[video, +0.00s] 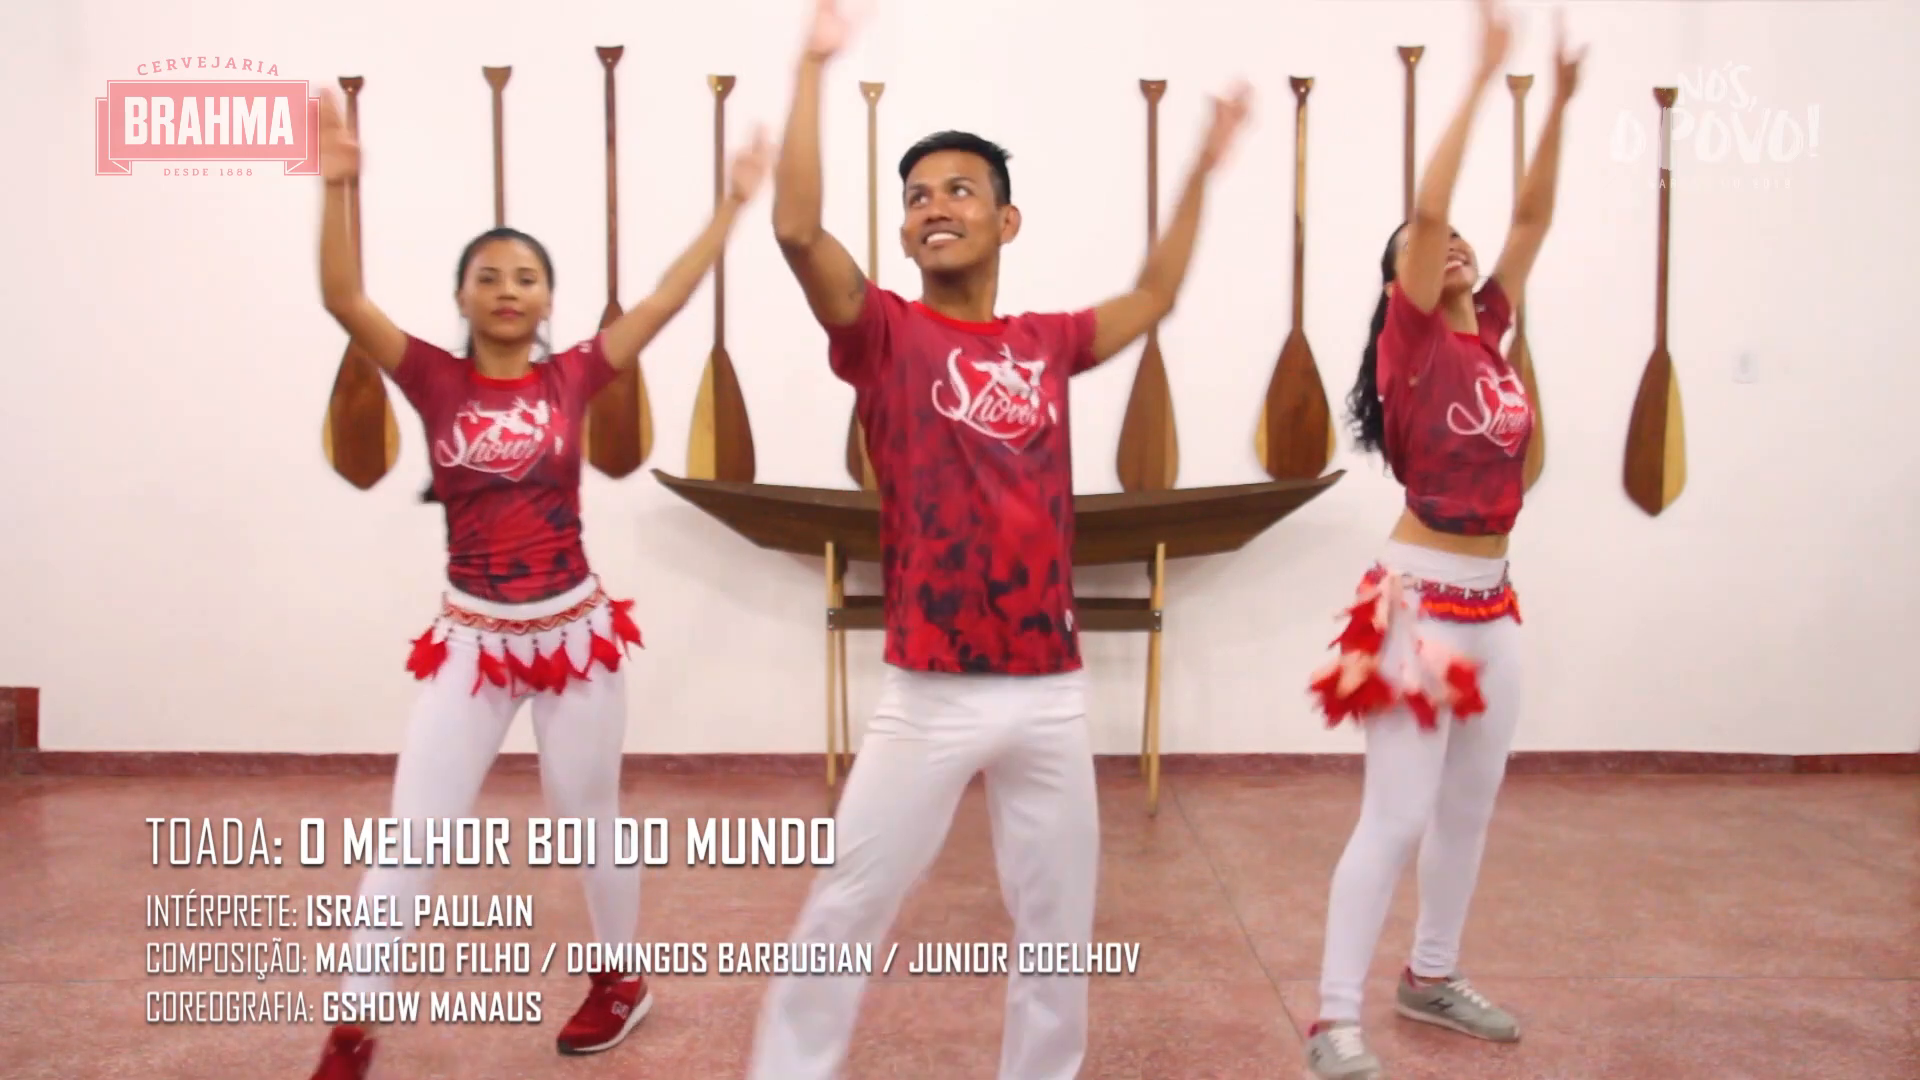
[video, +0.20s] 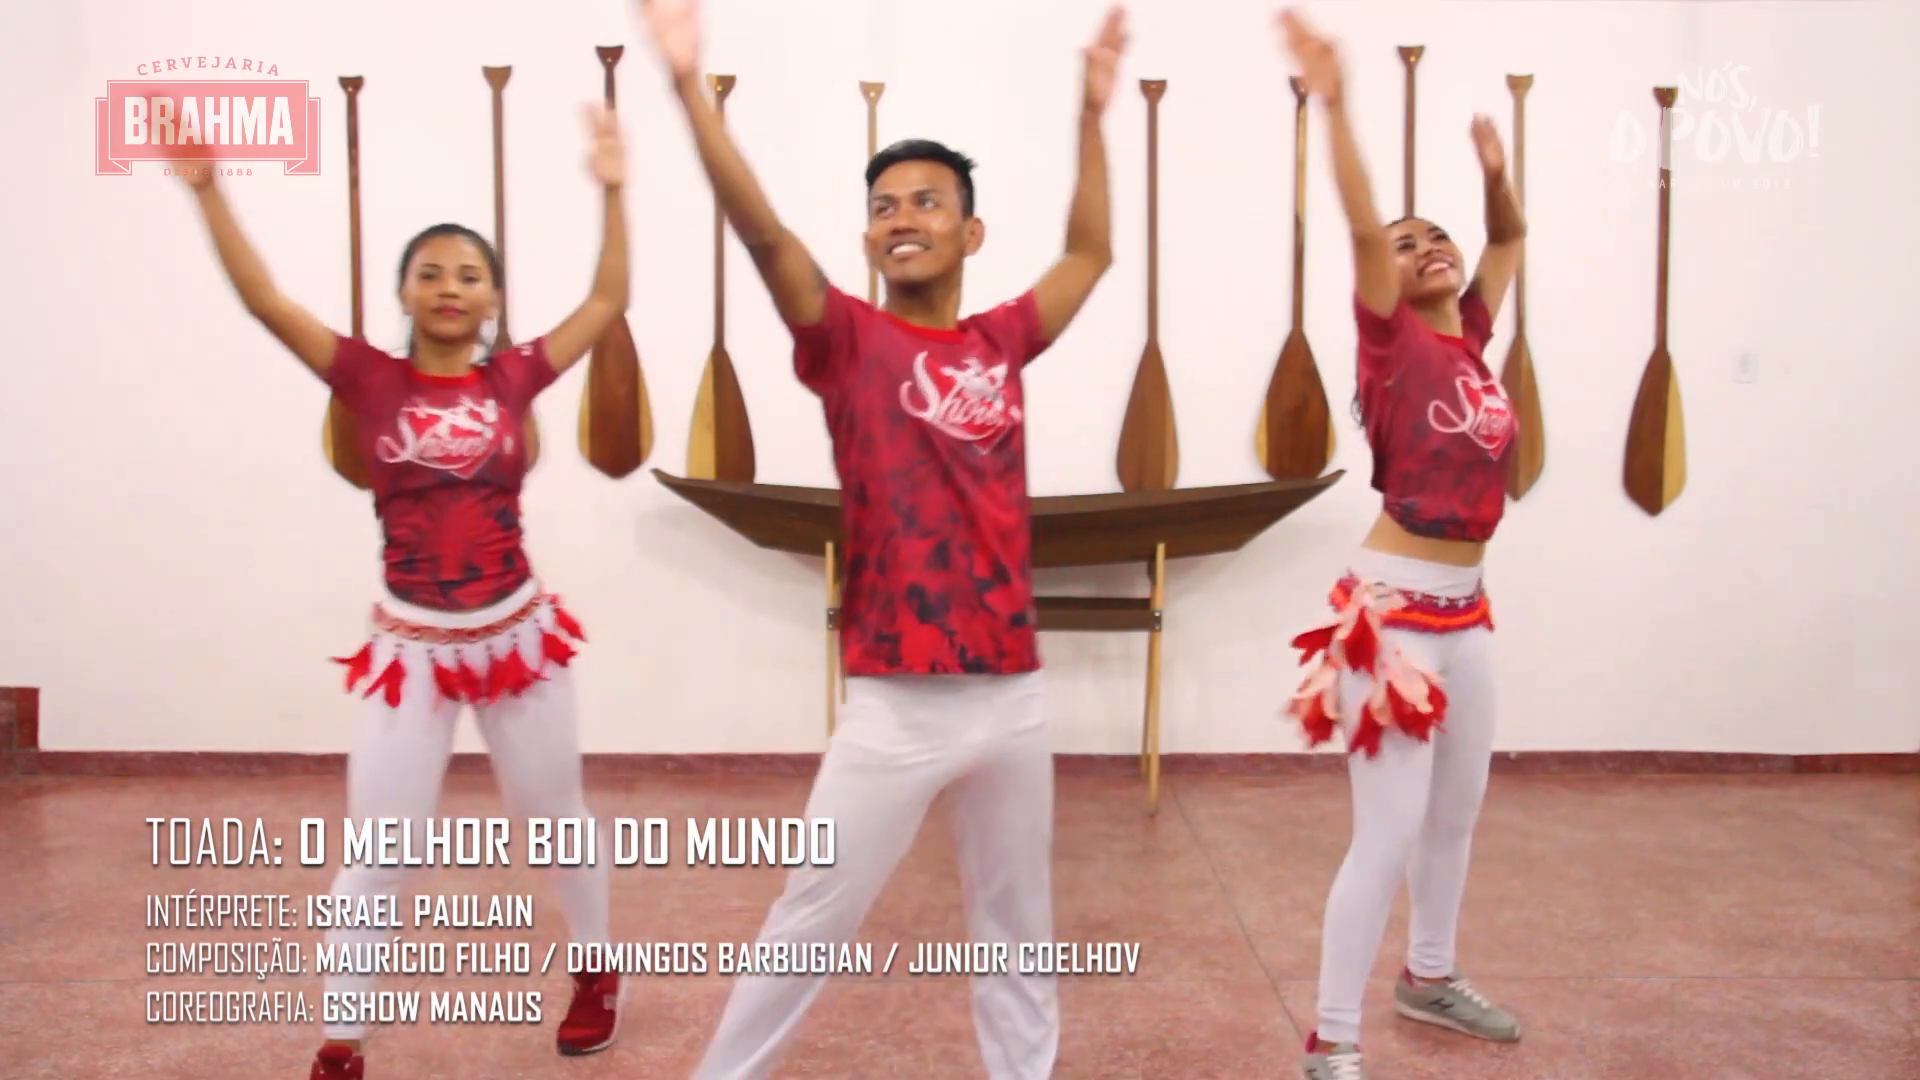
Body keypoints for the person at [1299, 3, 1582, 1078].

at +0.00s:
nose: (1459, 248)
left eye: (1461, 239)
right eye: (1436, 242)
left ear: (1475, 263)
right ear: (1410, 272)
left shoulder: (1488, 331)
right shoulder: (1414, 340)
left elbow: (1531, 218)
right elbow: (1428, 208)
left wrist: (1559, 101)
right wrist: (1483, 70)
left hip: (1490, 604)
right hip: (1416, 599)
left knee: (1466, 810)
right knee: (1395, 819)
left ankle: (1433, 977)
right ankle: (1336, 1021)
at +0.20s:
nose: (1429, 249)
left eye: (1436, 239)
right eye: (1407, 247)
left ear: (1459, 264)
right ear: (1389, 279)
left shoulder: (1475, 341)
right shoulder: (1393, 345)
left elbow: (1505, 249)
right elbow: (1368, 229)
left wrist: (1494, 174)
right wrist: (1330, 101)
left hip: (1465, 611)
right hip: (1390, 608)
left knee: (1454, 814)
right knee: (1384, 839)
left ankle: (1430, 977)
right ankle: (1334, 1042)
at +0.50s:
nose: (1402, 251)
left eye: (1415, 243)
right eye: (1381, 244)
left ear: (1440, 274)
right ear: (1356, 278)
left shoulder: (1460, 356)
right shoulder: (1337, 350)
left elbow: (1530, 238)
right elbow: (1255, 269)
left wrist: (1462, 235)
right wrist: (1168, 181)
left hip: (1416, 627)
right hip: (1326, 615)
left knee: (1514, 821)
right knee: (1352, 840)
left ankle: (1417, 954)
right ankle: (1331, 1051)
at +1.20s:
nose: (1474, 265)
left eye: (1497, 256)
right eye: (1463, 245)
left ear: (1515, 282)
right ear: (1430, 255)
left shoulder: (1495, 368)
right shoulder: (1388, 328)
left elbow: (1538, 247)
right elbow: (1329, 211)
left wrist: (1487, 97)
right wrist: (1270, 89)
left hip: (1450, 618)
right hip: (1337, 617)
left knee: (1533, 870)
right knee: (1349, 861)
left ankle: (1542, 1065)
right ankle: (1332, 1051)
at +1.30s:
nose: (1496, 254)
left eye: (1520, 244)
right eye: (1483, 236)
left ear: (1539, 274)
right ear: (1449, 253)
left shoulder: (1514, 364)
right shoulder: (1407, 323)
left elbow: (1571, 243)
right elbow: (1373, 176)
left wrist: (1590, 86)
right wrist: (1346, 32)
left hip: (1470, 620)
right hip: (1360, 622)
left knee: (1536, 886)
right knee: (1361, 865)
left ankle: (1595, 1072)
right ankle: (1345, 1051)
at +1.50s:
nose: (1544, 250)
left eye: (1568, 240)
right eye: (1528, 233)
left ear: (1593, 270)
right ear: (1496, 252)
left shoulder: (1580, 360)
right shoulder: (1460, 324)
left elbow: (1669, 253)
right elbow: (1447, 178)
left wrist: (1768, 128)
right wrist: (1487, 44)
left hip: (1536, 628)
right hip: (1425, 628)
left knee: (1564, 891)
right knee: (1401, 878)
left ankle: (1593, 1074)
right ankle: (1384, 1054)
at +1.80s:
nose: (1608, 258)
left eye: (1631, 242)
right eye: (1589, 241)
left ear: (1657, 265)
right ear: (1554, 260)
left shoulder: (1665, 375)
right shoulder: (1508, 344)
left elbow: (1808, 308)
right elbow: (1500, 190)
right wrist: (1627, 144)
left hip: (1638, 647)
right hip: (1508, 649)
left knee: (1626, 912)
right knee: (1413, 880)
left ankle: (1616, 1079)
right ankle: (1432, 1043)